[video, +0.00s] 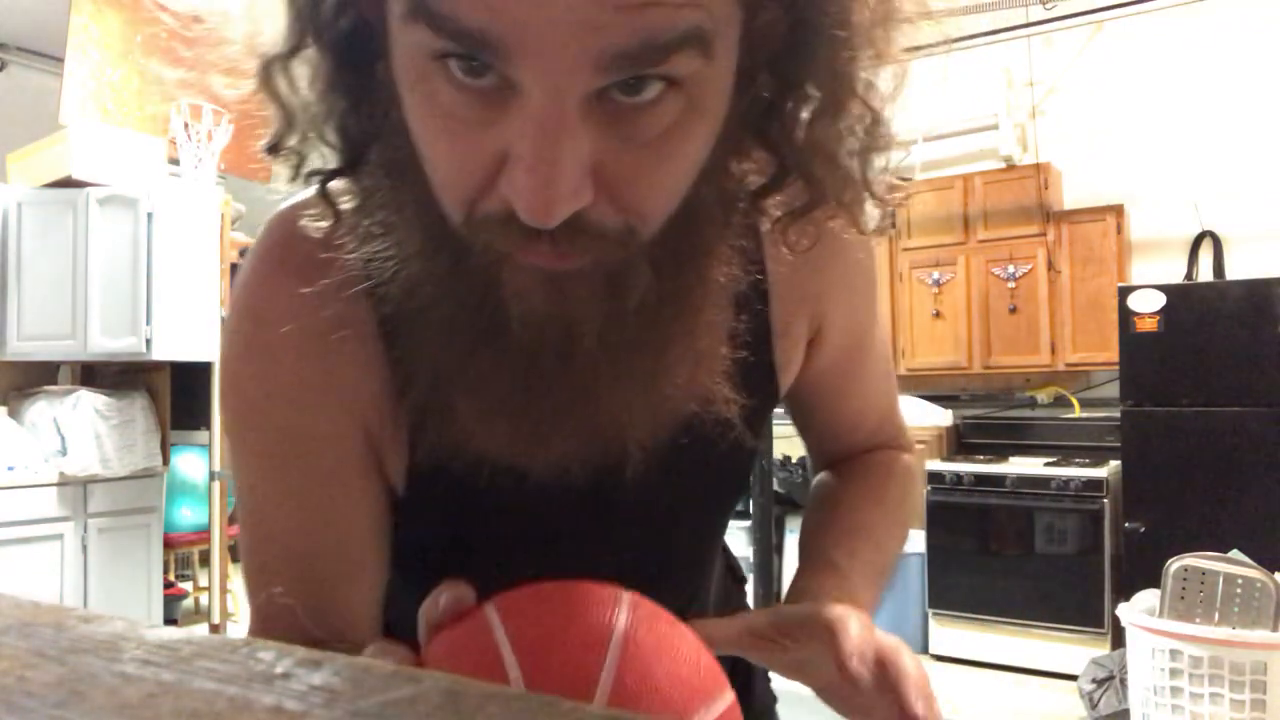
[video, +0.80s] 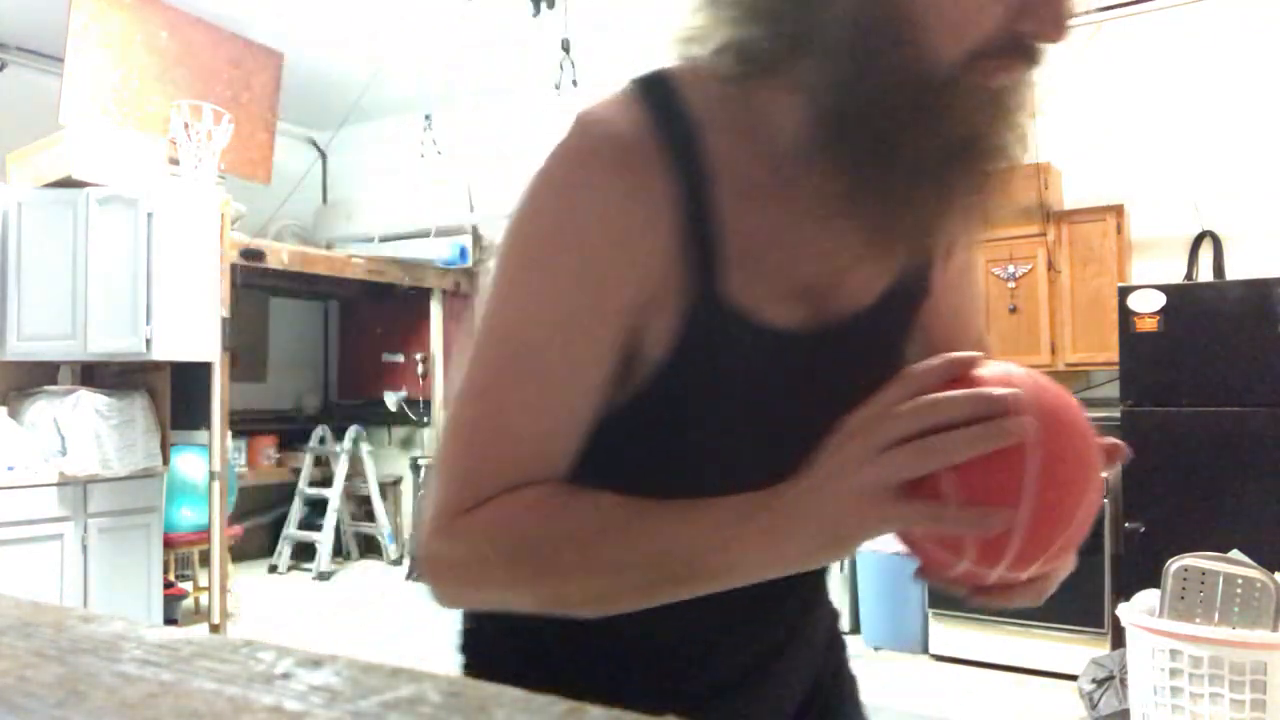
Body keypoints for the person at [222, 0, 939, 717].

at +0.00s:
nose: (546, 191)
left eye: (636, 86)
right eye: (470, 67)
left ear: (750, 61)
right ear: (373, 37)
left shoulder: (795, 243)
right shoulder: (316, 282)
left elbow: (871, 452)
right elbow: (303, 659)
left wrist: (830, 604)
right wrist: (417, 688)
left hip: (695, 699)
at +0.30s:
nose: (563, 146)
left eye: (653, 40)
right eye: (493, 25)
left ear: (754, 33)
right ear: (388, 23)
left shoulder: (787, 193)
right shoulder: (306, 268)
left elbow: (869, 446)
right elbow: (283, 643)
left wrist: (841, 579)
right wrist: (419, 675)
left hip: (702, 684)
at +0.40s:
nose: (634, 99)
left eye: (707, 13)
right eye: (563, 4)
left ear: (792, 20)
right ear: (441, 11)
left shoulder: (806, 180)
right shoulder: (338, 246)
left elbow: (879, 434)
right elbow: (293, 617)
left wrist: (862, 577)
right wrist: (505, 657)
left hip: (732, 678)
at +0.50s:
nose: (746, 55)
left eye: (805, 1)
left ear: (848, 14)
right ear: (539, 8)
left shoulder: (829, 157)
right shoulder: (384, 219)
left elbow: (894, 414)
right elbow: (325, 604)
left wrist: (897, 573)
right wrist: (570, 625)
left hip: (732, 688)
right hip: (447, 704)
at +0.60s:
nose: (879, 26)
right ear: (638, 6)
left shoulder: (862, 167)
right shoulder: (453, 201)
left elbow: (914, 428)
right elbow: (369, 584)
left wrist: (961, 565)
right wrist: (647, 585)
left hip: (733, 686)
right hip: (489, 693)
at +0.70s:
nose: (980, 18)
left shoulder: (896, 187)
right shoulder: (539, 184)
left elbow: (928, 454)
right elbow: (413, 563)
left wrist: (978, 555)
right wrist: (709, 553)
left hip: (766, 683)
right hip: (534, 692)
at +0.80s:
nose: (1049, 23)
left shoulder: (930, 179)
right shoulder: (624, 163)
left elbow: (944, 451)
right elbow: (462, 542)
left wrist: (1012, 508)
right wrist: (794, 522)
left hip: (791, 677)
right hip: (573, 688)